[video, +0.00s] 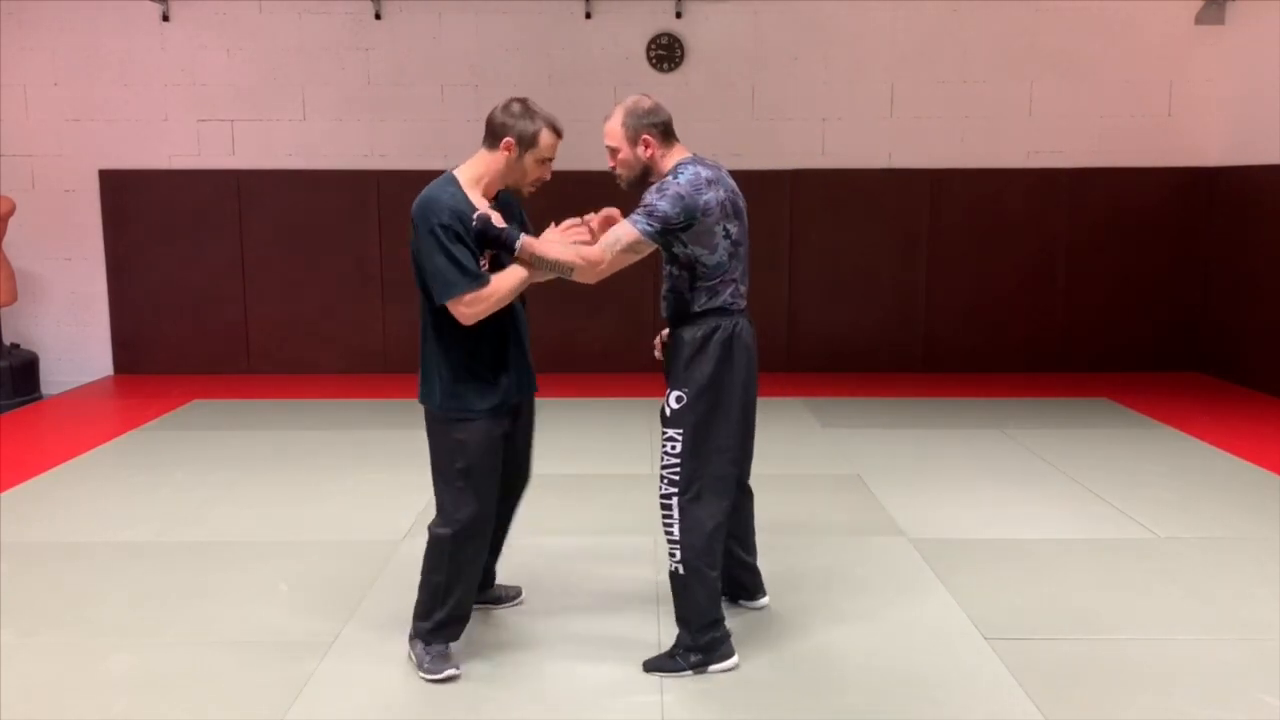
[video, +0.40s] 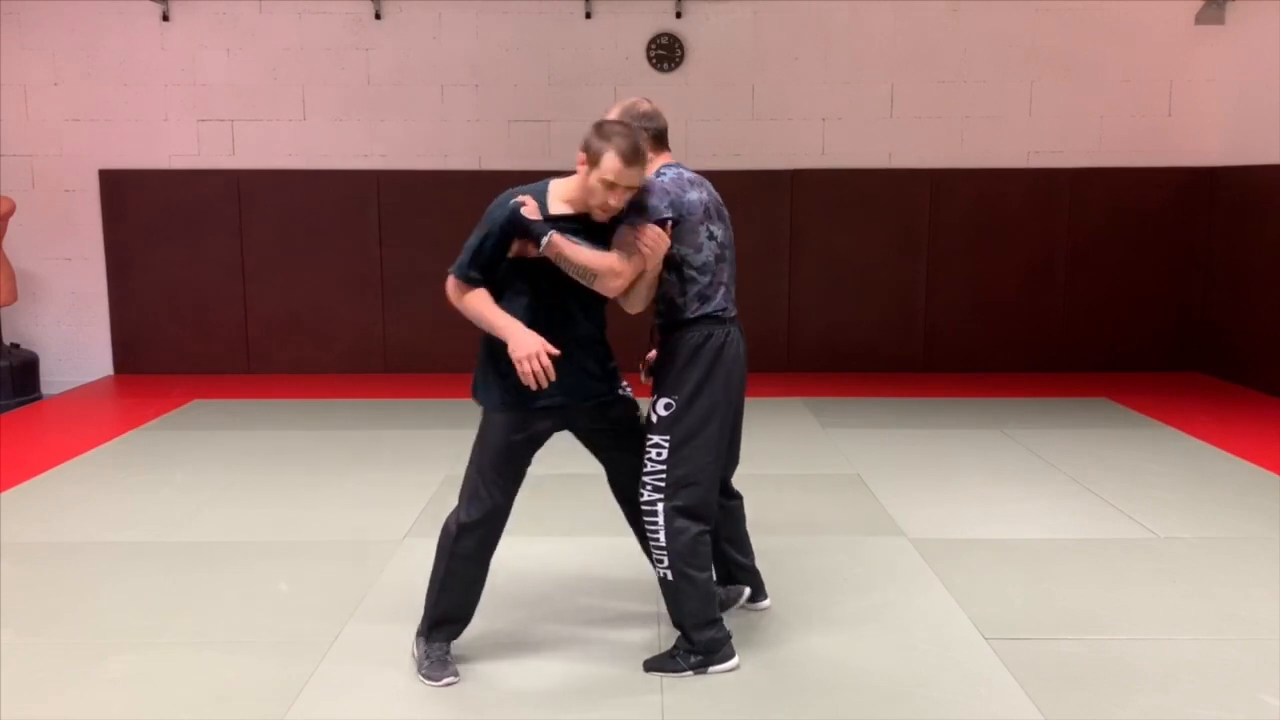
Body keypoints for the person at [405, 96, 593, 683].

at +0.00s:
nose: (545, 175)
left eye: (549, 164)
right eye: (543, 162)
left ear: (510, 150)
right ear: (507, 148)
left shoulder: (504, 200)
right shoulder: (438, 209)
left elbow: (521, 271)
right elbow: (467, 306)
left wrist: (576, 244)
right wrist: (535, 252)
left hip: (507, 382)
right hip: (460, 392)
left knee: (507, 489)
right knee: (462, 515)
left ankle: (476, 581)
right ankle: (431, 634)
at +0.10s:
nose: (547, 183)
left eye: (550, 171)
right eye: (541, 171)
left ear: (508, 162)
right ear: (502, 159)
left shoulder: (515, 211)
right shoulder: (431, 219)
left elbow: (539, 277)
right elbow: (442, 318)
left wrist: (596, 273)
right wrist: (528, 280)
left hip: (526, 379)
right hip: (467, 394)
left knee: (559, 473)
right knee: (467, 520)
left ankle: (500, 562)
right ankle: (432, 638)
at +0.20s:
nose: (556, 189)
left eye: (560, 177)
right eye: (548, 176)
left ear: (525, 167)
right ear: (510, 164)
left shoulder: (543, 211)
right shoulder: (443, 220)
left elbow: (566, 280)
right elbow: (423, 317)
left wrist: (620, 277)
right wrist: (519, 306)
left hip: (544, 374)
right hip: (478, 389)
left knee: (596, 466)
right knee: (467, 521)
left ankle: (563, 574)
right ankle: (432, 640)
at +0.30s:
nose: (583, 194)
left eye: (588, 182)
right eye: (574, 181)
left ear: (587, 174)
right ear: (537, 164)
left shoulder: (575, 211)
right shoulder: (469, 217)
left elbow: (606, 288)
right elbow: (426, 306)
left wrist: (646, 254)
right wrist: (509, 324)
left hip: (566, 378)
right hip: (493, 393)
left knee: (620, 473)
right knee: (470, 519)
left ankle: (648, 584)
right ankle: (432, 640)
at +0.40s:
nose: (618, 201)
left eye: (628, 189)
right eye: (610, 186)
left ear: (637, 181)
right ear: (582, 163)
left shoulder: (619, 225)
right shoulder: (518, 209)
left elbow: (633, 303)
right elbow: (461, 285)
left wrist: (655, 261)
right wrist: (514, 332)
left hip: (594, 386)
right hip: (519, 391)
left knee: (652, 489)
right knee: (480, 512)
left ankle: (698, 596)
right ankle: (436, 635)